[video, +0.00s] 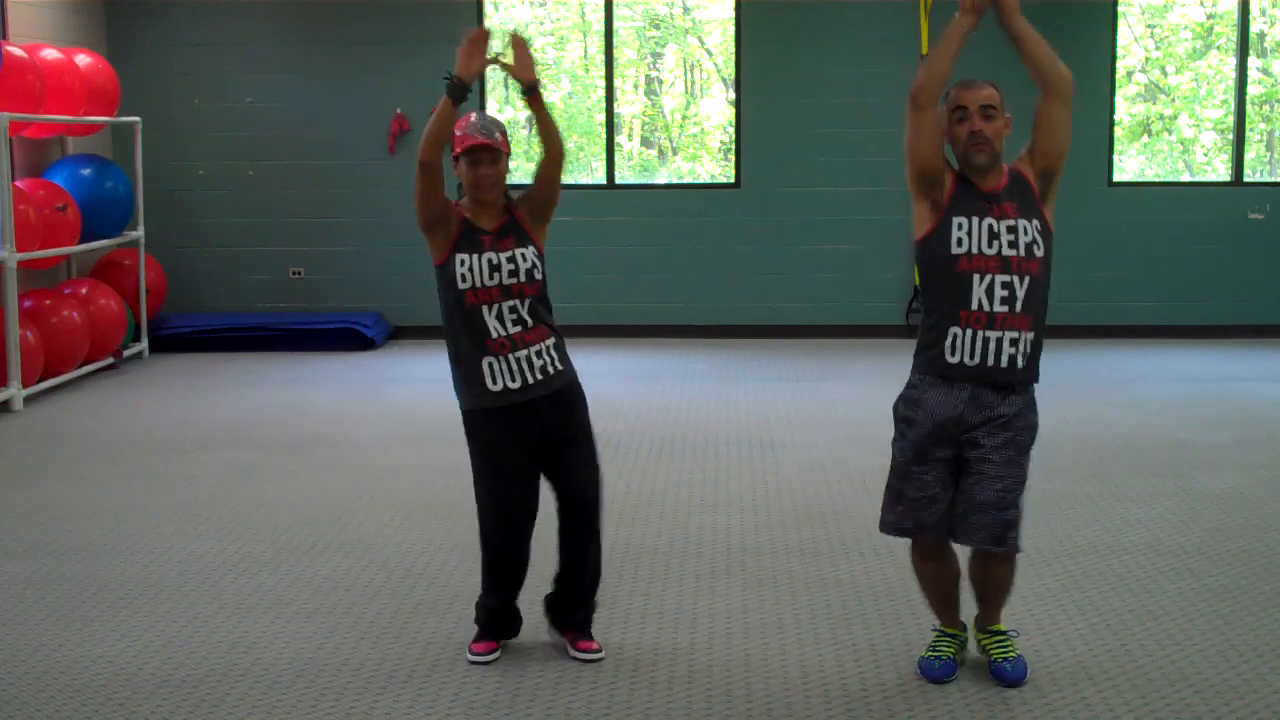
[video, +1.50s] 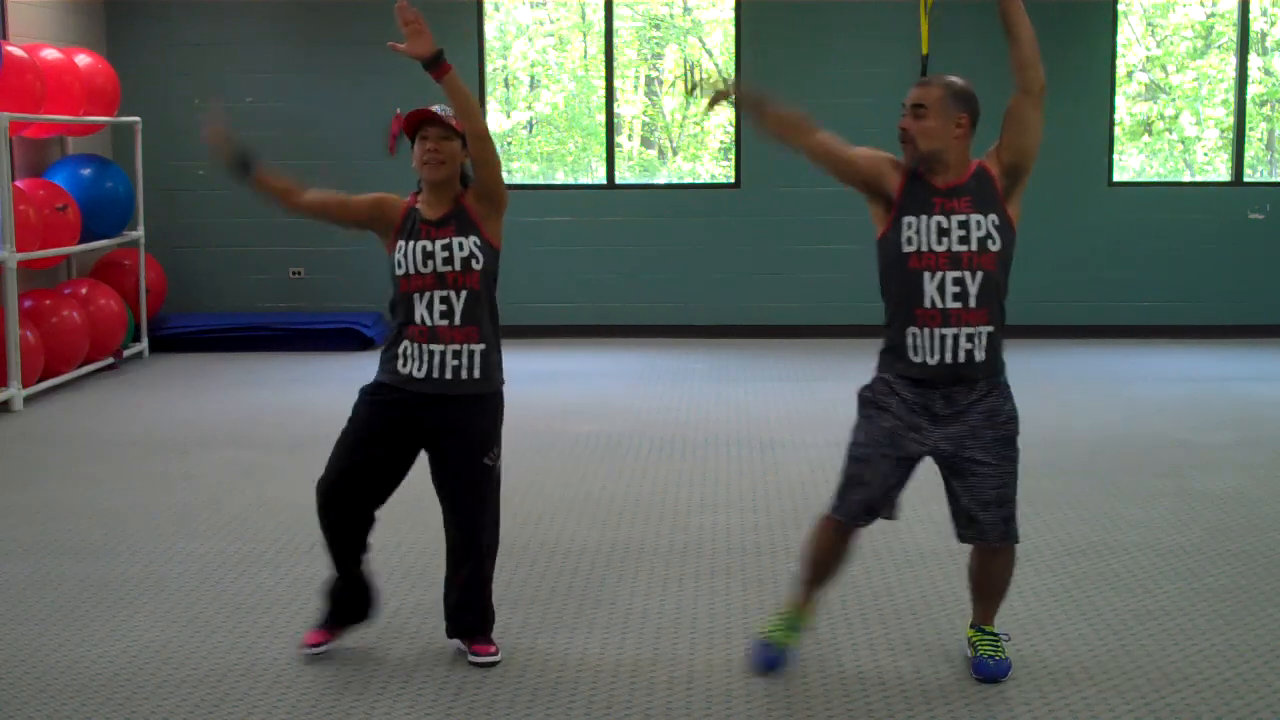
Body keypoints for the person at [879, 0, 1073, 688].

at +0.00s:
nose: (976, 123)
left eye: (988, 112)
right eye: (963, 114)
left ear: (1006, 127)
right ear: (946, 130)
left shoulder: (1035, 184)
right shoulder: (932, 190)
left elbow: (1061, 85)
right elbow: (921, 96)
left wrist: (1006, 10)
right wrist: (967, 15)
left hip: (1006, 397)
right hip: (933, 394)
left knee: (996, 531)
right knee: (926, 530)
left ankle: (992, 629)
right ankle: (949, 631)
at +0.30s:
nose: (1045, 120)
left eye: (1044, 110)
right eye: (1031, 109)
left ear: (1030, 124)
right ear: (988, 125)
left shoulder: (1055, 178)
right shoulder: (950, 182)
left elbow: (1134, 126)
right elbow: (943, 80)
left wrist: (1210, 67)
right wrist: (977, 10)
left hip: (1048, 396)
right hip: (968, 400)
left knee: (1106, 515)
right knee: (951, 532)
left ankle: (1148, 616)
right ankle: (949, 630)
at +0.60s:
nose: (1073, 120)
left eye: (1070, 111)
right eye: (1059, 112)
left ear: (1045, 127)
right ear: (1017, 126)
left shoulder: (1086, 191)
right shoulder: (976, 188)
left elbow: (1152, 233)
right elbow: (960, 96)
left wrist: (1218, 267)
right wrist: (986, 12)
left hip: (1091, 392)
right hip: (1013, 401)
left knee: (1125, 515)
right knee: (984, 526)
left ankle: (1144, 622)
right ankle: (946, 622)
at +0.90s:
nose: (1007, 117)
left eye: (1018, 108)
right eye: (992, 107)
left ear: (1032, 124)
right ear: (970, 124)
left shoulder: (1051, 198)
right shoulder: (945, 181)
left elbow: (1120, 236)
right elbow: (930, 87)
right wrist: (948, 9)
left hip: (1033, 392)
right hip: (958, 397)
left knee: (1078, 516)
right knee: (949, 530)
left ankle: (1059, 610)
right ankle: (952, 627)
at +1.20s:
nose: (973, 104)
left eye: (986, 93)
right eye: (959, 94)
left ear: (1005, 111)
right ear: (941, 112)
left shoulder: (1024, 172)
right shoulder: (924, 174)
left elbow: (1040, 74)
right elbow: (916, 86)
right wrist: (936, 10)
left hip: (1006, 388)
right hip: (927, 386)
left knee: (1015, 522)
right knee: (905, 515)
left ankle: (989, 626)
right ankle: (935, 620)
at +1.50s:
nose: (906, 123)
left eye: (920, 113)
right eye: (906, 113)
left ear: (964, 125)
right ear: (908, 122)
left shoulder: (1000, 179)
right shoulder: (888, 180)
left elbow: (1031, 87)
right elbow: (812, 139)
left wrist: (1011, 4)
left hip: (980, 399)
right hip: (899, 395)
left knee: (996, 532)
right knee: (847, 511)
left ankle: (984, 630)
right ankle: (795, 614)